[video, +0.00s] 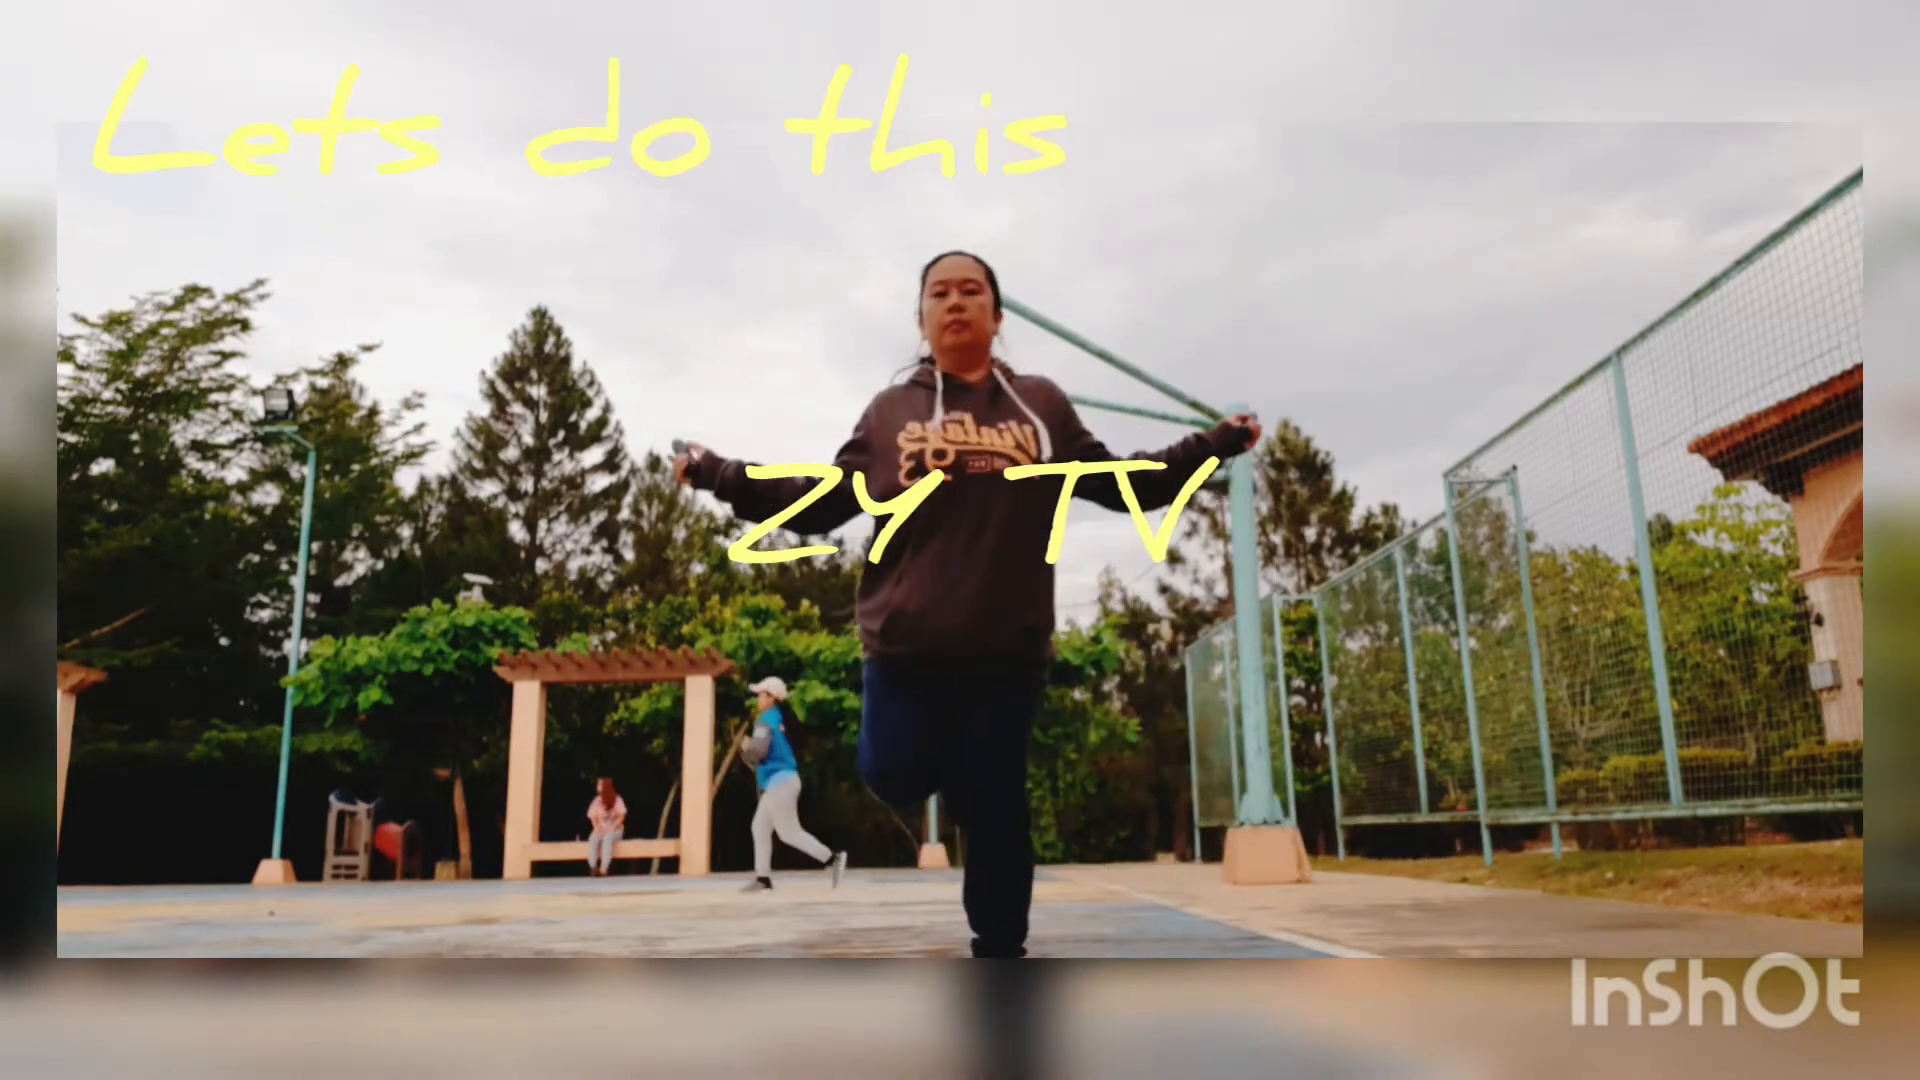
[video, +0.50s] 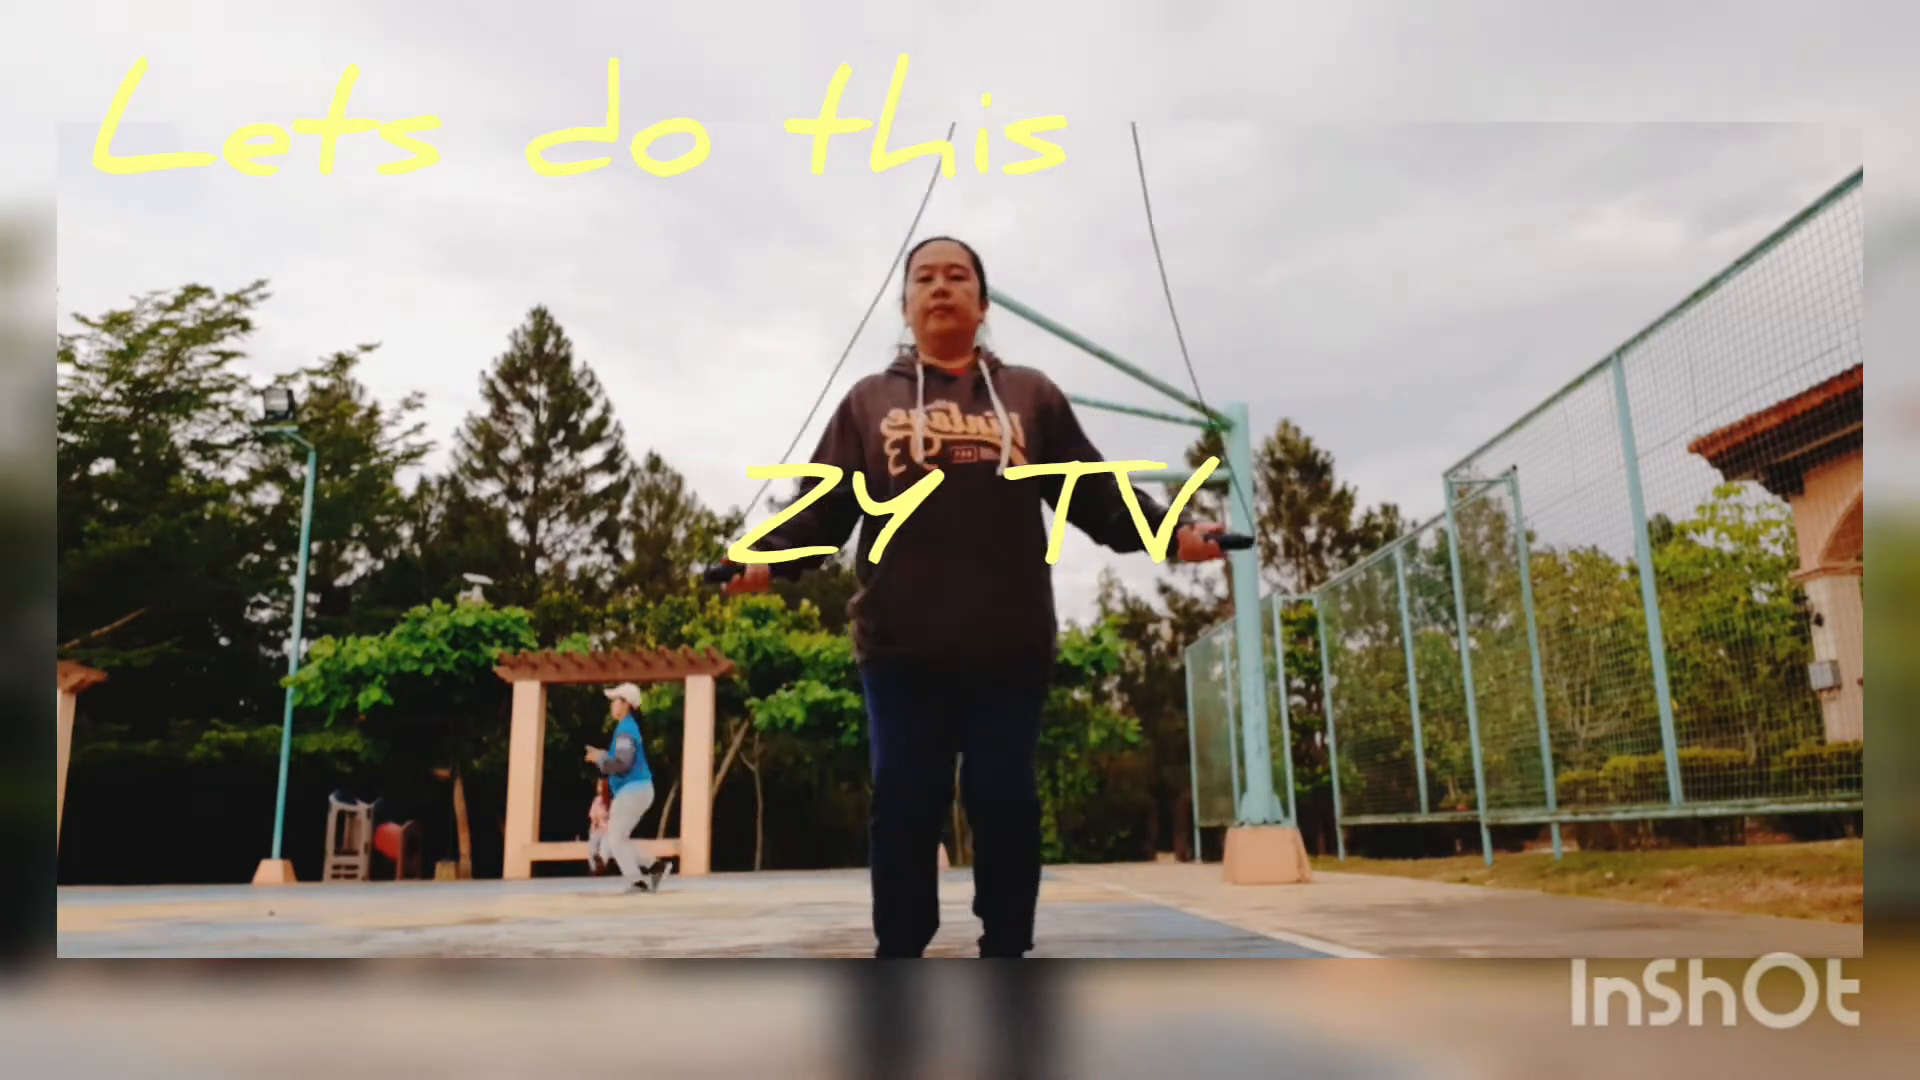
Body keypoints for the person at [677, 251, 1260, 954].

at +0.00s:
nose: (956, 304)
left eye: (972, 293)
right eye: (941, 295)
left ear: (997, 319)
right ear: (922, 320)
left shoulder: (1040, 403)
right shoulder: (892, 408)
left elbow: (1118, 482)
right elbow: (827, 497)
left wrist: (1210, 448)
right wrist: (727, 478)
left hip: (1003, 642)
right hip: (905, 643)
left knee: (996, 809)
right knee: (895, 778)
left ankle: (1001, 956)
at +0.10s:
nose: (953, 285)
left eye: (968, 275)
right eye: (938, 276)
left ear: (995, 301)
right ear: (918, 302)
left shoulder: (1038, 387)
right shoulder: (885, 393)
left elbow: (1128, 457)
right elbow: (819, 485)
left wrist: (1216, 403)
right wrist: (734, 431)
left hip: (1005, 622)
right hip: (904, 622)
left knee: (995, 791)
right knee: (895, 754)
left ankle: (998, 948)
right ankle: (935, 847)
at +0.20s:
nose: (945, 258)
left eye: (961, 246)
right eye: (931, 248)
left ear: (989, 270)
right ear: (911, 273)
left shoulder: (1031, 359)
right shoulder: (876, 364)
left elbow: (1113, 439)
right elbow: (821, 461)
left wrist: (1204, 379)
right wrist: (746, 405)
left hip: (1005, 603)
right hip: (906, 605)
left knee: (999, 776)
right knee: (908, 772)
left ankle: (1001, 946)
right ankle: (907, 943)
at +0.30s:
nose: (943, 276)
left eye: (959, 265)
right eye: (929, 266)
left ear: (987, 287)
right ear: (907, 290)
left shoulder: (1032, 381)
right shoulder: (867, 384)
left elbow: (1106, 465)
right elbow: (812, 491)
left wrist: (1199, 416)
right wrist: (755, 447)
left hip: (1006, 620)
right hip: (902, 622)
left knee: (1007, 789)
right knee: (906, 789)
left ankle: (1008, 954)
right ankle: (896, 956)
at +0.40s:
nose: (942, 303)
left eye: (957, 292)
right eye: (927, 293)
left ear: (983, 316)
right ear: (906, 318)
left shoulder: (1029, 413)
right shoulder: (869, 417)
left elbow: (1099, 508)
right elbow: (820, 518)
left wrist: (1182, 507)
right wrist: (759, 536)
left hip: (1006, 653)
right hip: (902, 657)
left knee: (1002, 812)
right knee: (906, 810)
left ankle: (1005, 960)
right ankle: (900, 961)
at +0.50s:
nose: (941, 288)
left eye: (956, 277)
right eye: (926, 278)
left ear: (982, 299)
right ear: (906, 302)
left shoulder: (1030, 395)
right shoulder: (870, 401)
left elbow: (1091, 490)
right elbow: (824, 502)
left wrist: (1169, 531)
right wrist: (764, 554)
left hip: (1008, 637)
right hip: (903, 640)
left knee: (1005, 799)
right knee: (903, 798)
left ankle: (1006, 953)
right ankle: (898, 953)